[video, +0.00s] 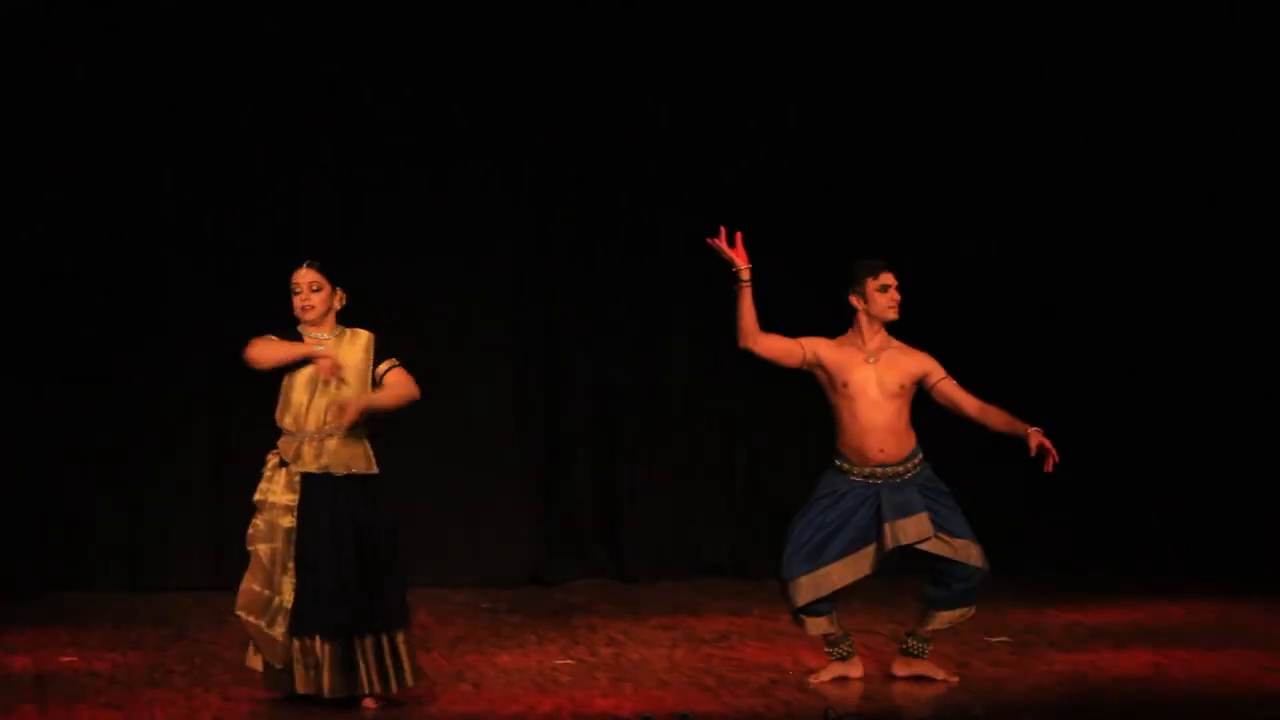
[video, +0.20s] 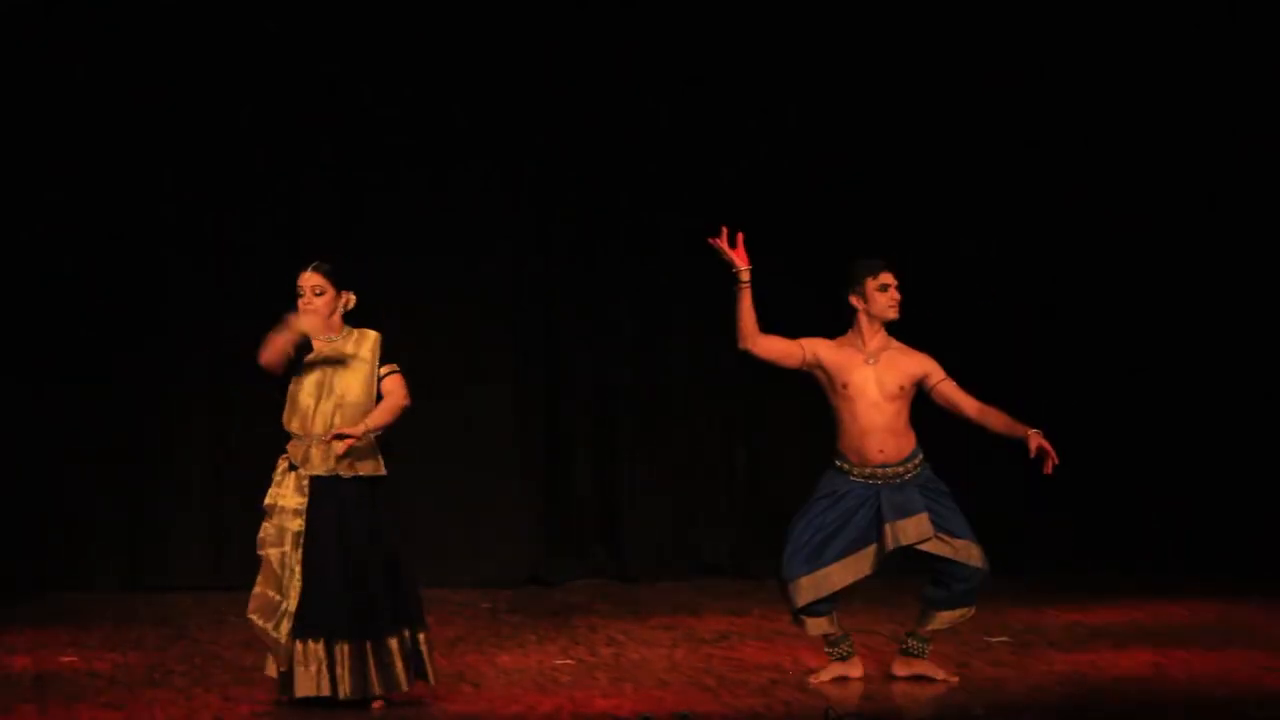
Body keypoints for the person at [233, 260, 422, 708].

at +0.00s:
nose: (304, 298)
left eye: (314, 290)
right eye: (298, 292)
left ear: (336, 297)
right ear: (292, 303)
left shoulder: (360, 343)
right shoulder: (289, 346)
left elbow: (407, 388)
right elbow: (255, 354)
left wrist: (363, 402)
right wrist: (311, 352)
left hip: (348, 476)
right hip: (294, 476)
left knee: (360, 576)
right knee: (297, 575)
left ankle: (369, 684)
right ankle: (305, 679)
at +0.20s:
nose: (307, 301)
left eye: (317, 293)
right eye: (301, 294)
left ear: (342, 300)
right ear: (297, 303)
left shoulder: (366, 344)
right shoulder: (299, 346)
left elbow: (398, 397)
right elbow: (269, 359)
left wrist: (362, 428)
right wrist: (297, 323)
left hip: (353, 478)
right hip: (302, 477)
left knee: (358, 577)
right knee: (303, 577)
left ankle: (366, 681)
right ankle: (306, 678)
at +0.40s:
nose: (311, 297)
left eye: (322, 289)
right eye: (307, 290)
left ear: (348, 296)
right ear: (302, 297)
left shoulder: (371, 342)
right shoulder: (296, 344)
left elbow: (393, 399)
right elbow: (240, 322)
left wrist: (348, 434)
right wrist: (249, 257)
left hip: (350, 478)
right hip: (300, 478)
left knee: (356, 576)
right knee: (307, 579)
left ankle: (363, 679)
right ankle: (318, 680)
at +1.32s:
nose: (337, 294)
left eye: (342, 288)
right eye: (326, 286)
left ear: (345, 298)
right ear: (298, 294)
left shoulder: (351, 343)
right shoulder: (278, 336)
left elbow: (367, 404)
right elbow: (232, 294)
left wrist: (325, 445)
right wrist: (252, 235)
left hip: (337, 475)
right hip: (280, 474)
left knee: (349, 576)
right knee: (289, 577)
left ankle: (356, 681)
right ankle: (300, 683)